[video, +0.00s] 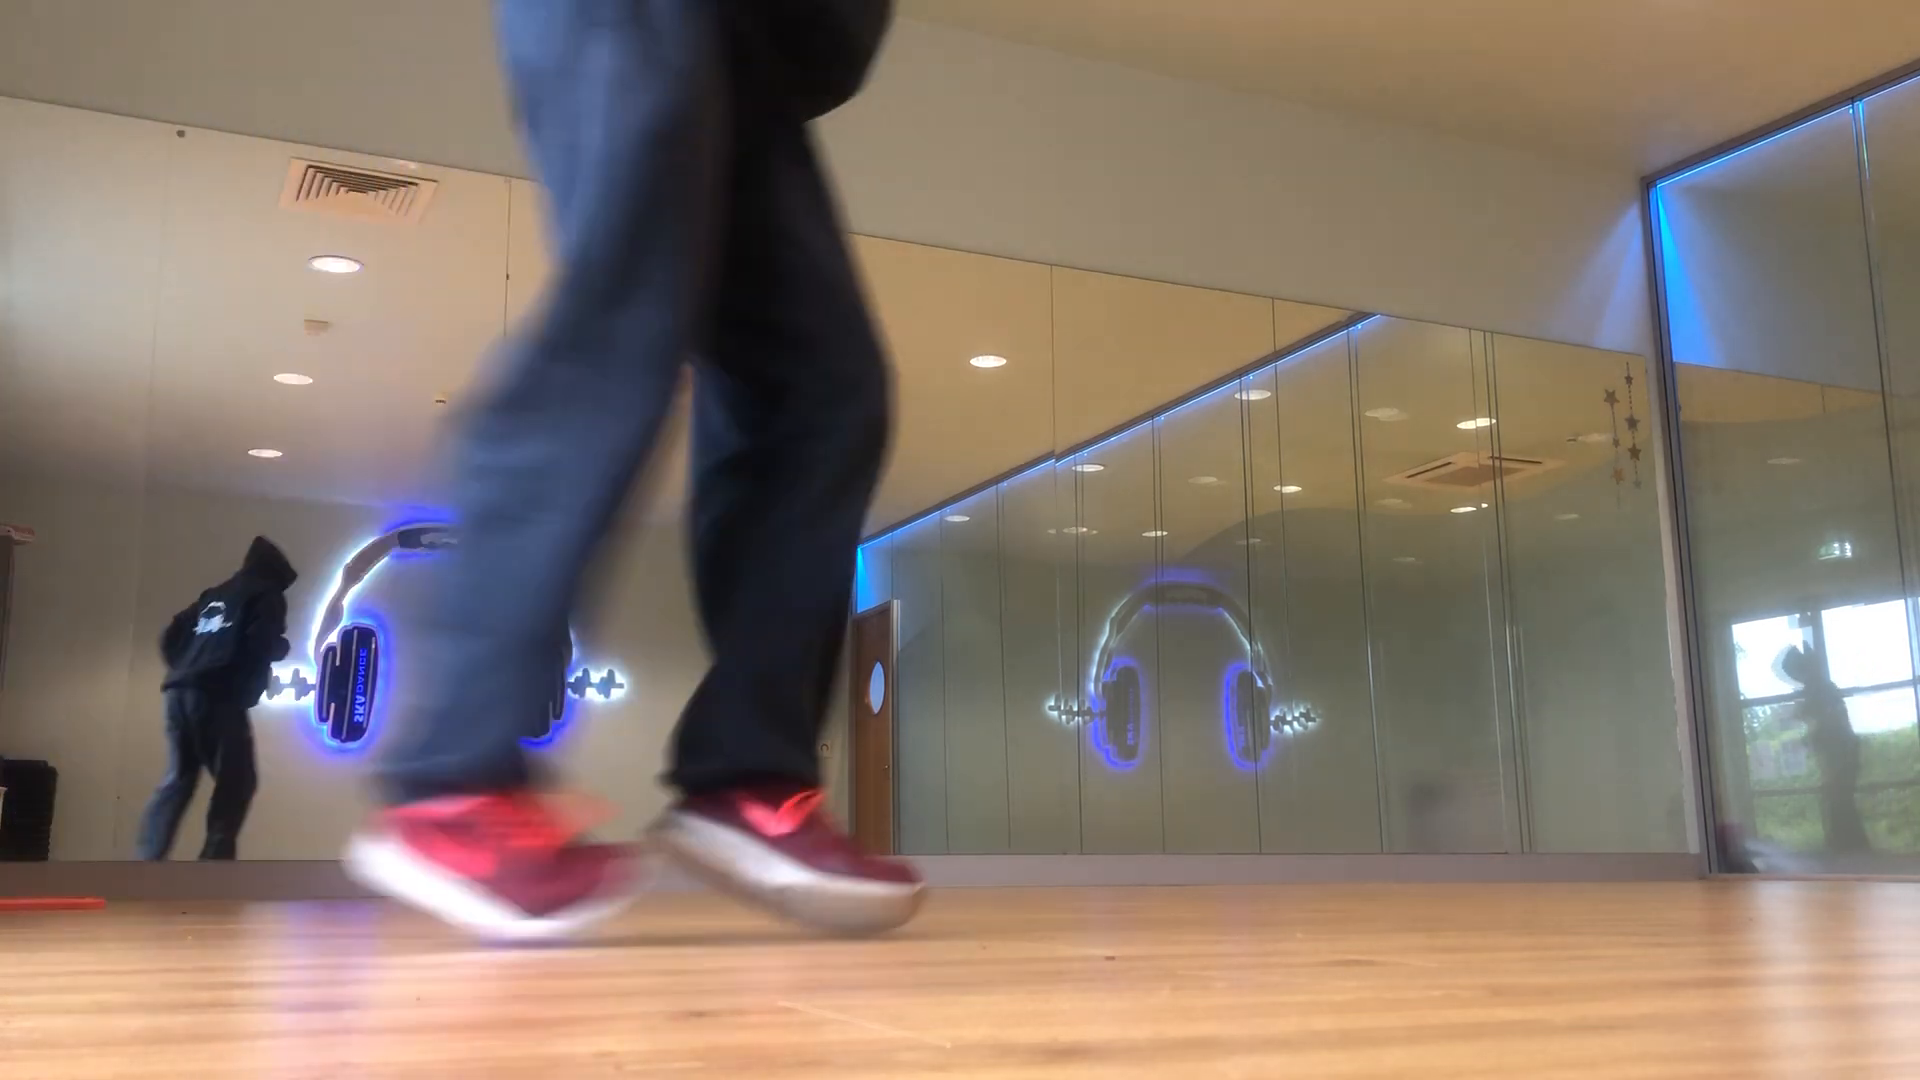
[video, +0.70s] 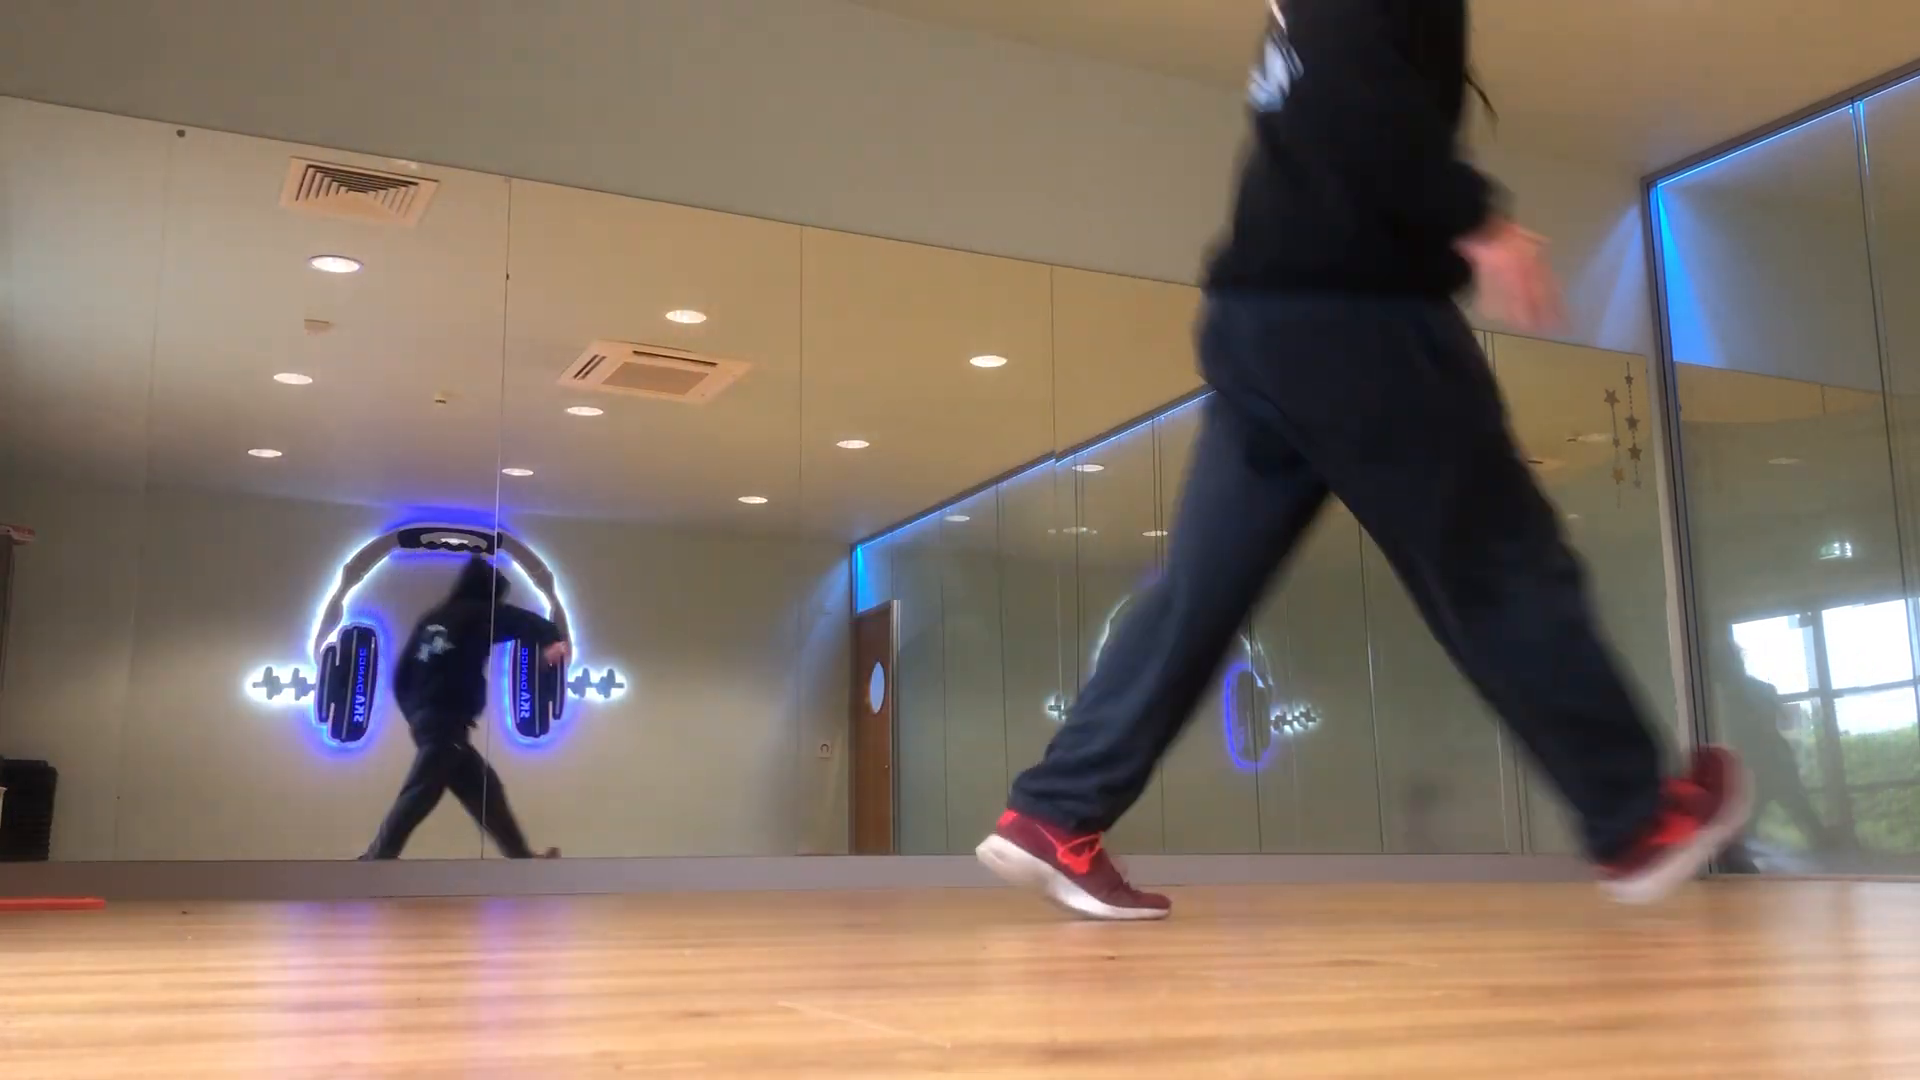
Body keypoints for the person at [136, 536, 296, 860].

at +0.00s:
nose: (284, 586)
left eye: (284, 580)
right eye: (283, 579)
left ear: (250, 565)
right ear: (276, 572)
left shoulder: (217, 592)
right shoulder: (268, 595)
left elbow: (174, 631)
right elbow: (263, 644)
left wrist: (186, 672)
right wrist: (283, 646)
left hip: (177, 693)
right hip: (219, 695)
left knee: (180, 777)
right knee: (238, 779)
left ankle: (148, 856)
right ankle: (216, 862)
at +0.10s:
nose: (306, 589)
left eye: (308, 583)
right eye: (307, 582)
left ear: (273, 566)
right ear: (299, 574)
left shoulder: (231, 595)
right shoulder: (292, 597)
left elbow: (211, 650)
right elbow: (288, 653)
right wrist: (286, 684)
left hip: (211, 704)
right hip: (254, 707)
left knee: (215, 788)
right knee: (273, 786)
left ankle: (192, 874)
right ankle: (268, 874)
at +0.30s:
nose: (378, 602)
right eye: (378, 596)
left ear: (346, 584)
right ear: (372, 593)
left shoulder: (308, 617)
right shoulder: (360, 616)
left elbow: (292, 669)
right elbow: (363, 671)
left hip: (283, 716)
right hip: (323, 717)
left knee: (272, 797)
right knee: (354, 793)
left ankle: (211, 862)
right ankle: (363, 874)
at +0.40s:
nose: (410, 596)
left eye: (410, 589)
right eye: (409, 590)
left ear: (376, 580)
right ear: (403, 588)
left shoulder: (353, 615)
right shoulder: (389, 613)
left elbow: (319, 664)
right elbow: (410, 665)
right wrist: (403, 637)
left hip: (326, 720)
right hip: (354, 720)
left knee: (346, 797)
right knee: (378, 798)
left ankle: (265, 830)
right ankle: (364, 882)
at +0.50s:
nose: (440, 581)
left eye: (440, 575)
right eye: (438, 574)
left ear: (409, 563)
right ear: (426, 569)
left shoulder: (396, 590)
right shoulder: (411, 592)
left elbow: (362, 647)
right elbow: (443, 635)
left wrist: (343, 699)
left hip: (384, 698)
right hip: (384, 700)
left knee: (409, 774)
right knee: (380, 777)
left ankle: (350, 830)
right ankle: (364, 859)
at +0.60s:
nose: (470, 577)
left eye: (470, 571)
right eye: (468, 570)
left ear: (433, 562)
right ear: (458, 567)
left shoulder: (406, 596)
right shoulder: (449, 593)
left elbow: (378, 648)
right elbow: (487, 623)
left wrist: (377, 696)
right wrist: (526, 645)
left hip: (398, 697)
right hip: (418, 699)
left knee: (448, 773)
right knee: (408, 771)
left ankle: (443, 848)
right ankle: (364, 849)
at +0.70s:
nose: (498, 601)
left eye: (498, 595)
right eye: (497, 595)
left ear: (464, 586)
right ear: (491, 592)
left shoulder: (432, 618)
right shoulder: (480, 613)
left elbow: (403, 675)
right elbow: (520, 619)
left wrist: (418, 717)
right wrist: (553, 637)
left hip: (427, 722)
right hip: (449, 721)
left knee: (483, 787)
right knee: (419, 795)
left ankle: (521, 858)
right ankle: (376, 861)